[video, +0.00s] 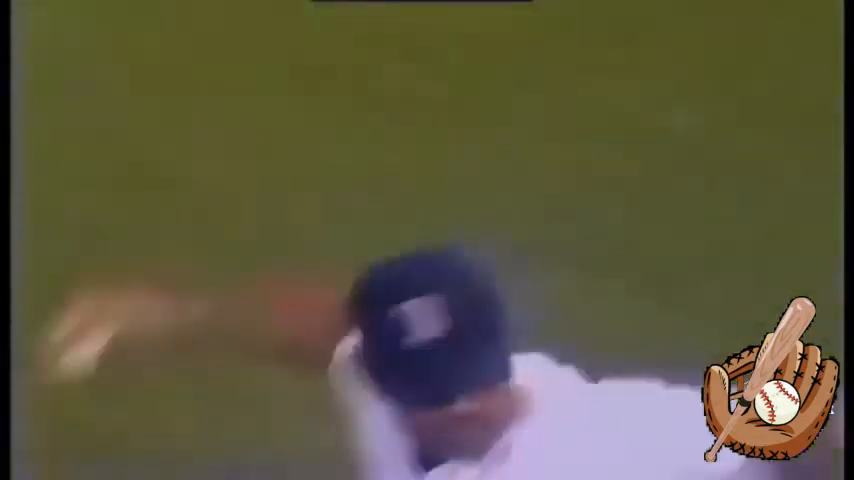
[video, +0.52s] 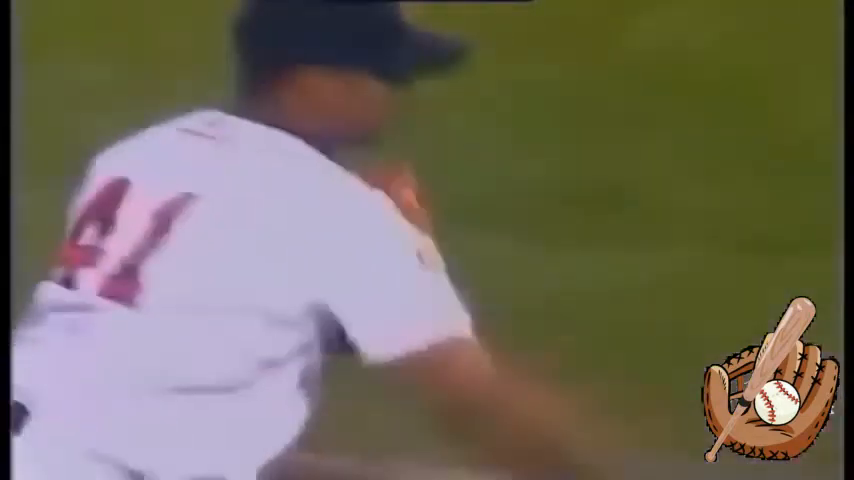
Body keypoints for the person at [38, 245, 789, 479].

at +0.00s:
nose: (456, 408)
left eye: (470, 384)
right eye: (430, 394)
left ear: (502, 361)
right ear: (387, 379)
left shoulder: (613, 442)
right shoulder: (384, 381)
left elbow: (773, 446)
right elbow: (339, 316)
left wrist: (805, 429)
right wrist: (174, 315)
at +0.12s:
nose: (734, 262)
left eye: (757, 236)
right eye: (710, 237)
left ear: (796, 244)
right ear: (661, 241)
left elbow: (325, 385)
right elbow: (325, 389)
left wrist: (304, 240)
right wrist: (308, 244)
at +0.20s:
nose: (822, 198)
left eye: (820, 176)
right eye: (805, 174)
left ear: (713, 181)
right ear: (721, 180)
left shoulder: (605, 243)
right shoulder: (676, 274)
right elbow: (828, 363)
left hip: (388, 459)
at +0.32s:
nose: (681, 164)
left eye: (680, 142)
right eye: (666, 142)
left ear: (553, 136)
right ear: (596, 148)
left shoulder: (374, 178)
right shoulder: (619, 329)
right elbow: (547, 464)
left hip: (157, 449)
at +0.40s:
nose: (559, 154)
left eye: (559, 132)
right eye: (544, 132)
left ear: (430, 124)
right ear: (480, 138)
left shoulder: (252, 173)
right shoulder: (514, 293)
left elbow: (148, 336)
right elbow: (408, 456)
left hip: (71, 448)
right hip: (269, 461)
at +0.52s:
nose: (394, 92)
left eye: (392, 74)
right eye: (379, 74)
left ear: (272, 79)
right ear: (306, 84)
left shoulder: (141, 150)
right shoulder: (340, 209)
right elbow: (469, 396)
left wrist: (357, 236)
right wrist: (602, 464)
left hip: (21, 443)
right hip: (126, 470)